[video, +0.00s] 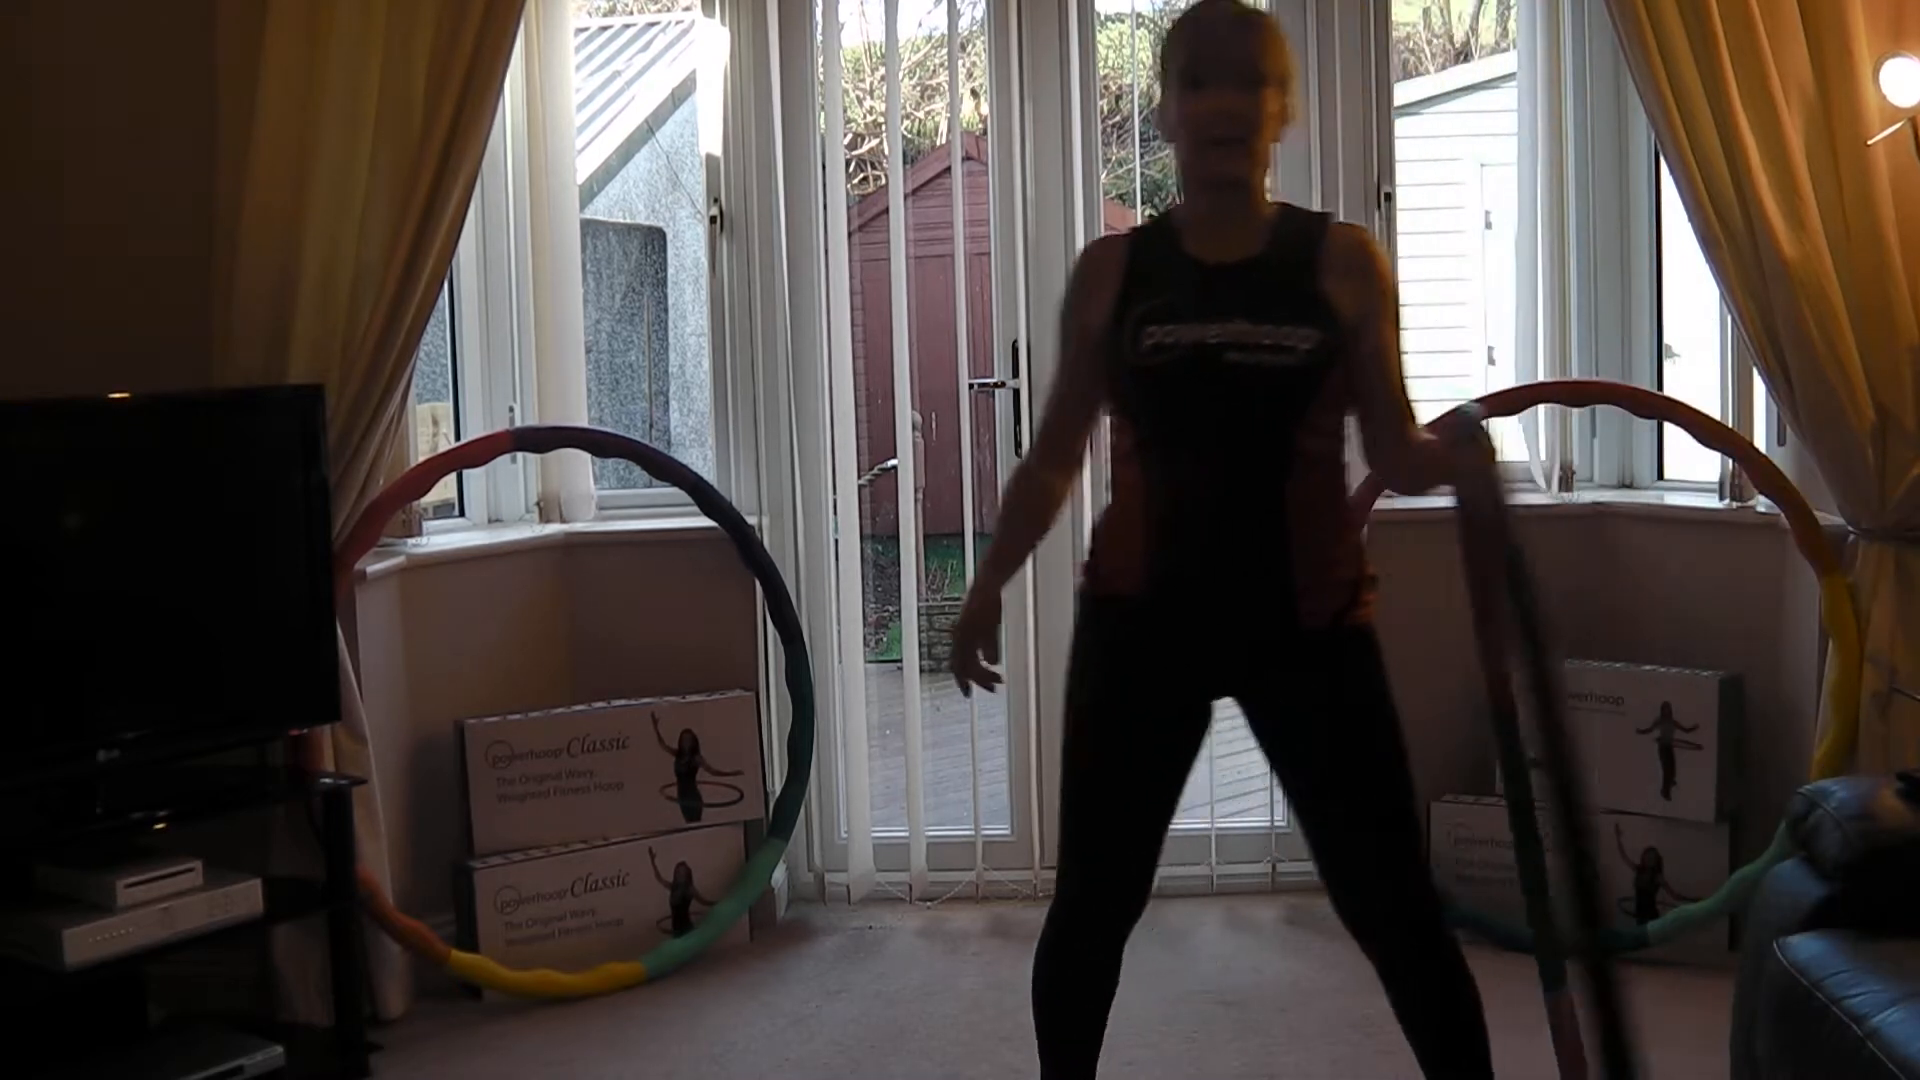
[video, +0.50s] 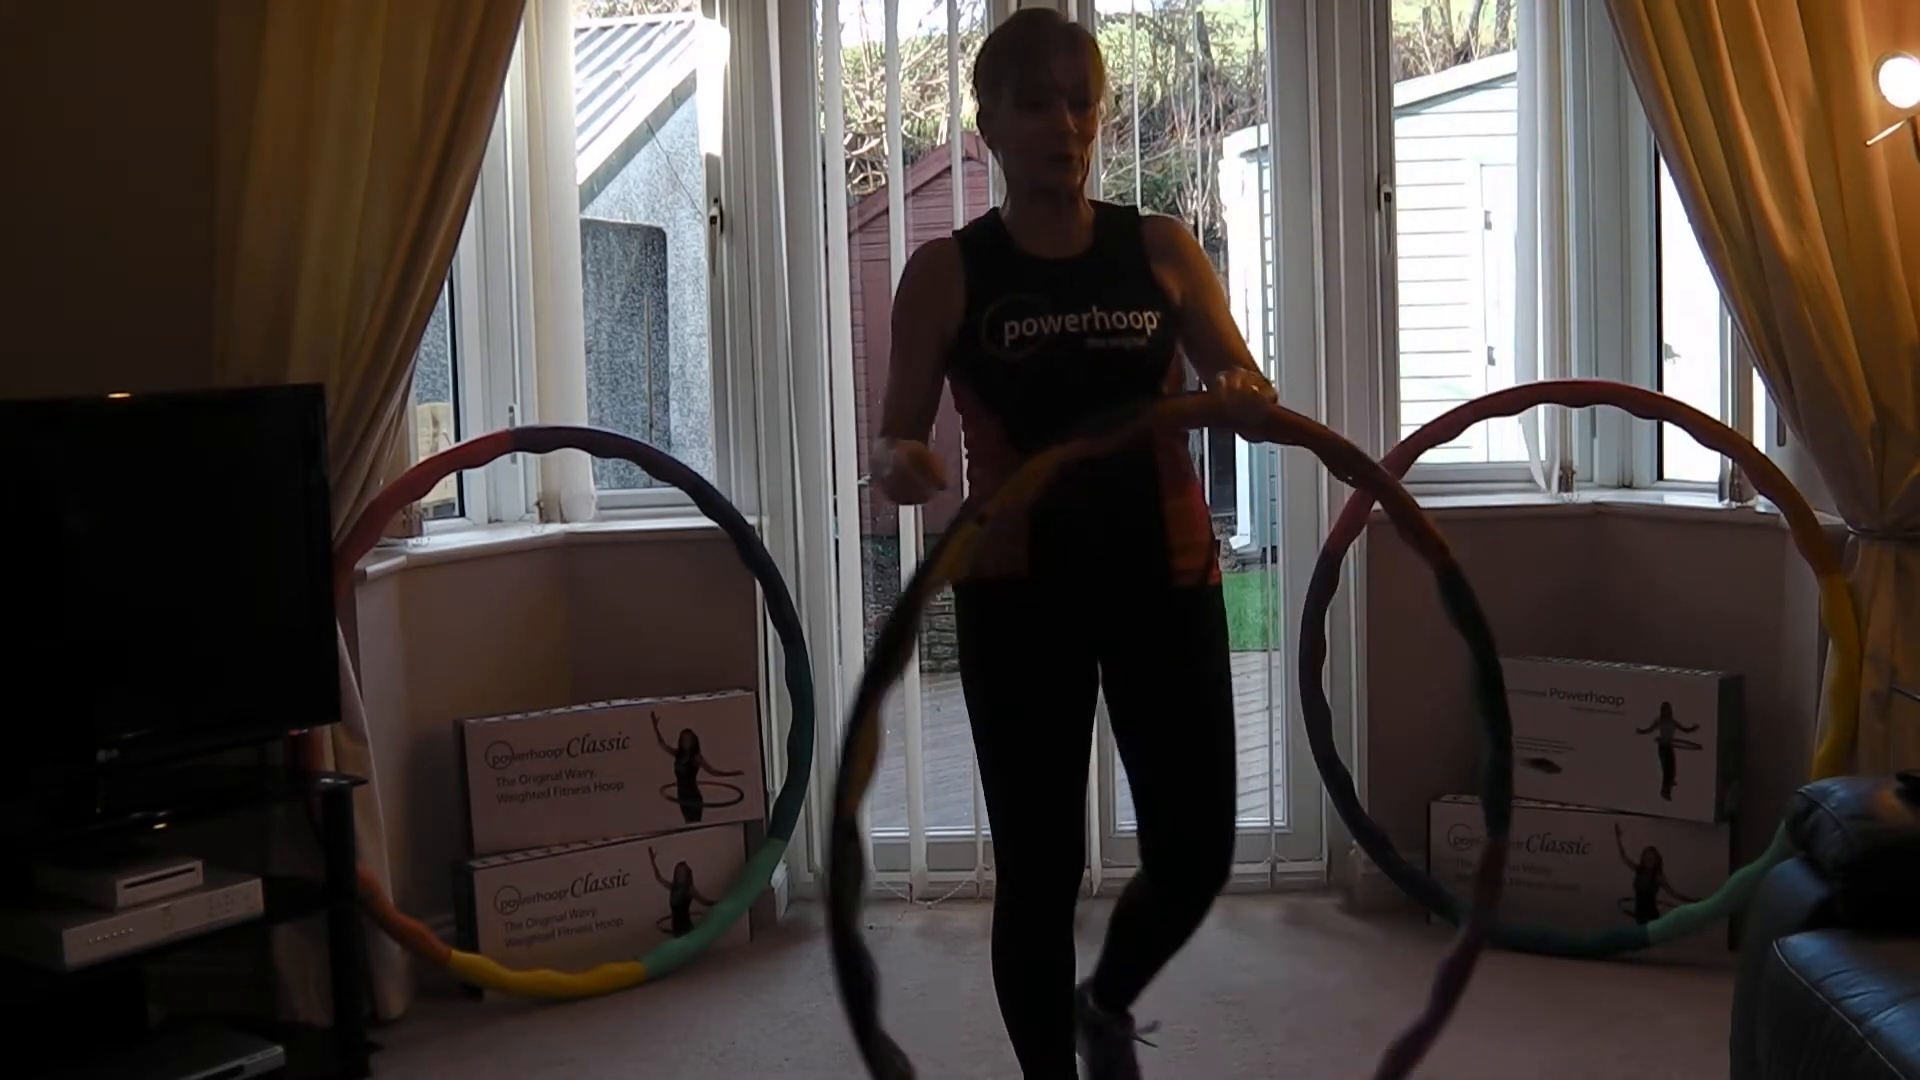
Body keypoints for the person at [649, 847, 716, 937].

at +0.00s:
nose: (681, 874)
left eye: (683, 872)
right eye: (678, 872)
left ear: (688, 874)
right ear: (675, 874)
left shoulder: (690, 889)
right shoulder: (673, 887)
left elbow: (703, 902)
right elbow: (659, 878)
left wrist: (717, 904)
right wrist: (652, 860)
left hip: (686, 924)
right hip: (675, 924)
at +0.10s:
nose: (681, 874)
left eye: (683, 872)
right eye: (678, 872)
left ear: (688, 874)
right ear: (675, 874)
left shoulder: (690, 889)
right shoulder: (673, 887)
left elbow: (703, 902)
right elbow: (659, 878)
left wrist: (717, 904)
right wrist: (652, 860)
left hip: (686, 924)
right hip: (675, 924)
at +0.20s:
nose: (681, 875)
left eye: (683, 872)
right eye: (678, 872)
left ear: (688, 874)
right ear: (675, 874)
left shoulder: (690, 889)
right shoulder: (673, 887)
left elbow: (704, 902)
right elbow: (658, 878)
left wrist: (719, 903)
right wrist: (652, 861)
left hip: (686, 924)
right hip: (675, 924)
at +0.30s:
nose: (681, 875)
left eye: (683, 872)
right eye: (678, 872)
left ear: (688, 874)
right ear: (675, 874)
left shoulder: (690, 889)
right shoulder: (673, 887)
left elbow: (704, 902)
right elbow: (658, 878)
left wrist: (719, 903)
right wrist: (652, 861)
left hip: (686, 924)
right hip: (675, 924)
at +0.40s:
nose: (681, 875)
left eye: (683, 872)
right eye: (678, 872)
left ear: (688, 874)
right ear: (675, 874)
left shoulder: (690, 889)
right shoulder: (673, 887)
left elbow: (704, 902)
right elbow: (658, 878)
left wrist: (719, 903)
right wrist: (652, 860)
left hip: (686, 924)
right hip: (675, 924)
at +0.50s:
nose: (681, 875)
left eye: (683, 872)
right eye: (678, 872)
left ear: (688, 874)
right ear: (675, 874)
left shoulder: (690, 889)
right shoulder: (673, 887)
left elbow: (704, 902)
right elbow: (658, 878)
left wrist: (719, 903)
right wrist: (652, 861)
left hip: (686, 924)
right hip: (675, 924)